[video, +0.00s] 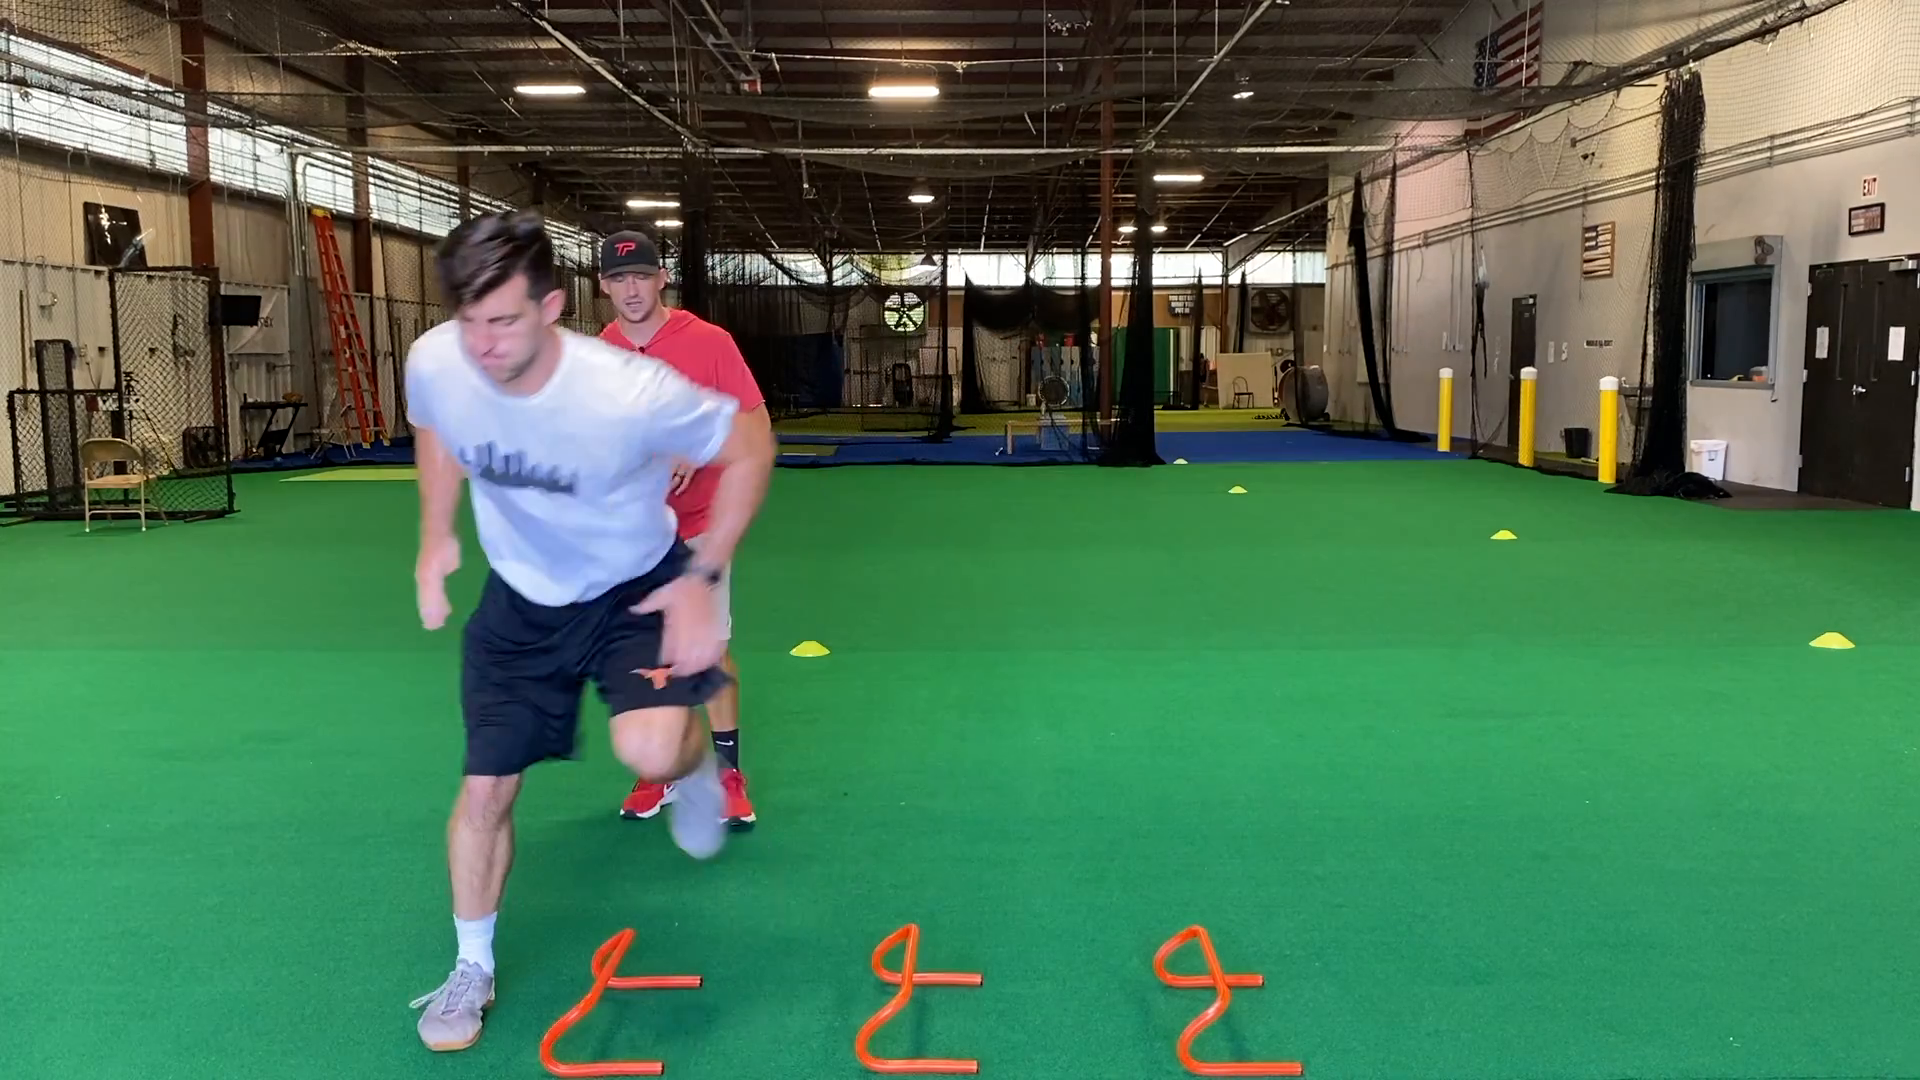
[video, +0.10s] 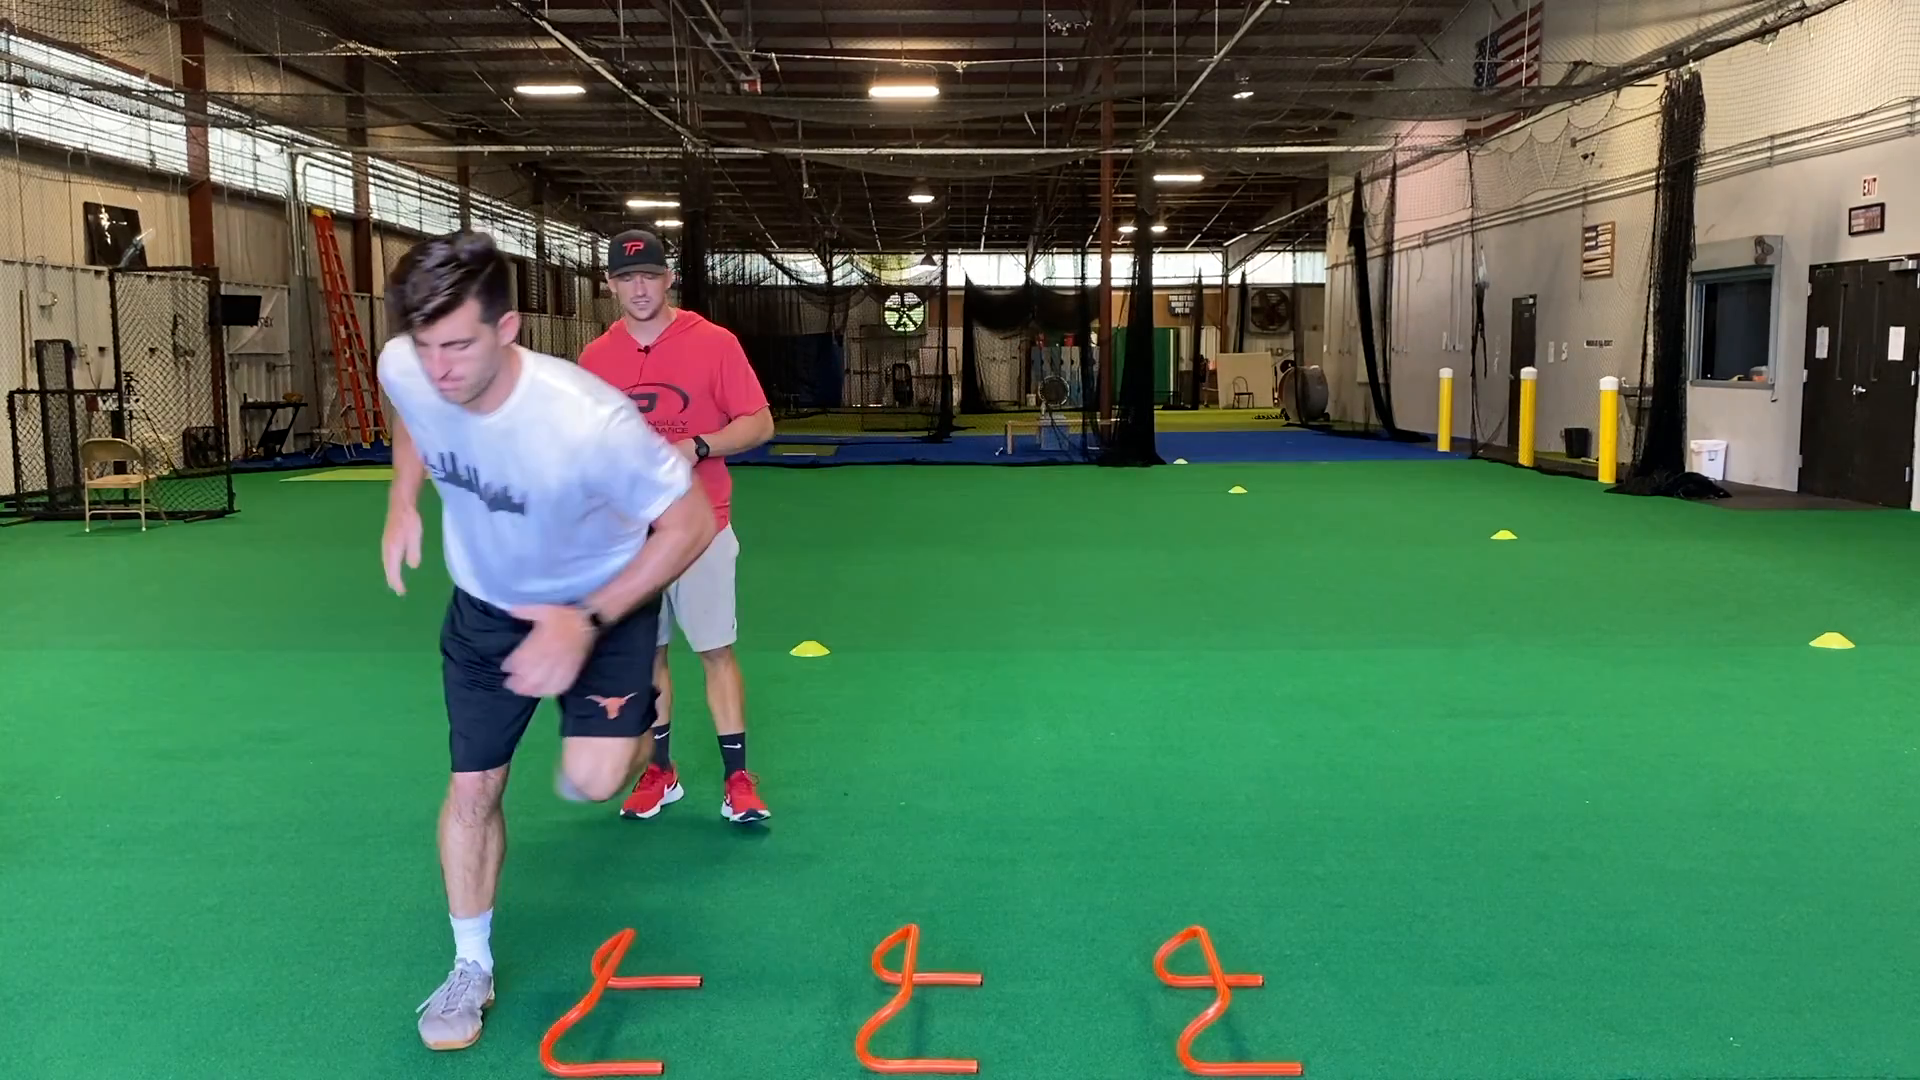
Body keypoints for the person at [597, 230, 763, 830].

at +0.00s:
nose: (631, 290)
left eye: (641, 277)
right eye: (618, 279)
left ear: (662, 279)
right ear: (604, 285)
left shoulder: (708, 344)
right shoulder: (597, 352)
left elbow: (756, 431)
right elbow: (577, 435)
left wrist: (698, 457)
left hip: (700, 529)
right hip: (628, 532)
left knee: (711, 648)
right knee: (641, 653)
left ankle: (727, 770)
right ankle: (659, 769)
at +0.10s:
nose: (638, 289)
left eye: (649, 277)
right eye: (626, 279)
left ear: (669, 279)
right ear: (612, 284)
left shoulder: (713, 343)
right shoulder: (597, 357)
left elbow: (759, 424)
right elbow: (576, 438)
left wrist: (699, 444)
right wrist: (618, 465)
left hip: (703, 520)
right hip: (630, 524)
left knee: (715, 648)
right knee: (646, 650)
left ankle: (737, 777)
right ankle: (659, 769)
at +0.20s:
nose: (653, 289)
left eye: (662, 277)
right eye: (641, 279)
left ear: (680, 279)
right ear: (622, 285)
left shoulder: (723, 346)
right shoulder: (604, 361)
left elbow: (762, 430)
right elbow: (586, 449)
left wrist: (698, 442)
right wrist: (600, 525)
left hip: (707, 536)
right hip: (638, 540)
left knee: (720, 655)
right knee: (649, 654)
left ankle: (742, 778)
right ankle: (660, 770)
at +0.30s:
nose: (665, 289)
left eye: (674, 277)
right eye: (653, 279)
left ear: (691, 280)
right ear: (633, 284)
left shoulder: (734, 348)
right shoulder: (614, 360)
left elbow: (768, 434)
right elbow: (597, 450)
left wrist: (705, 441)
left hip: (715, 537)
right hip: (643, 540)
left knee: (724, 656)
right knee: (653, 654)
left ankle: (743, 782)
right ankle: (660, 772)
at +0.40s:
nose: (680, 289)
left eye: (690, 277)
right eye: (667, 277)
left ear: (706, 281)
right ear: (646, 283)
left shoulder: (745, 349)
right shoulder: (624, 358)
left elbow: (780, 435)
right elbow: (606, 448)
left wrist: (716, 443)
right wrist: (573, 508)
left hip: (725, 538)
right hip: (651, 541)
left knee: (730, 658)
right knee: (658, 655)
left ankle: (744, 785)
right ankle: (660, 772)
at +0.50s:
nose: (696, 287)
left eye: (706, 275)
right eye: (683, 276)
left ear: (719, 278)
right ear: (661, 281)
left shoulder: (758, 350)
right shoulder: (636, 356)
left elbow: (792, 437)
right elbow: (613, 447)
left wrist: (729, 442)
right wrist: (580, 509)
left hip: (734, 538)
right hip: (657, 540)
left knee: (736, 659)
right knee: (661, 658)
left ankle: (745, 786)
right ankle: (661, 771)